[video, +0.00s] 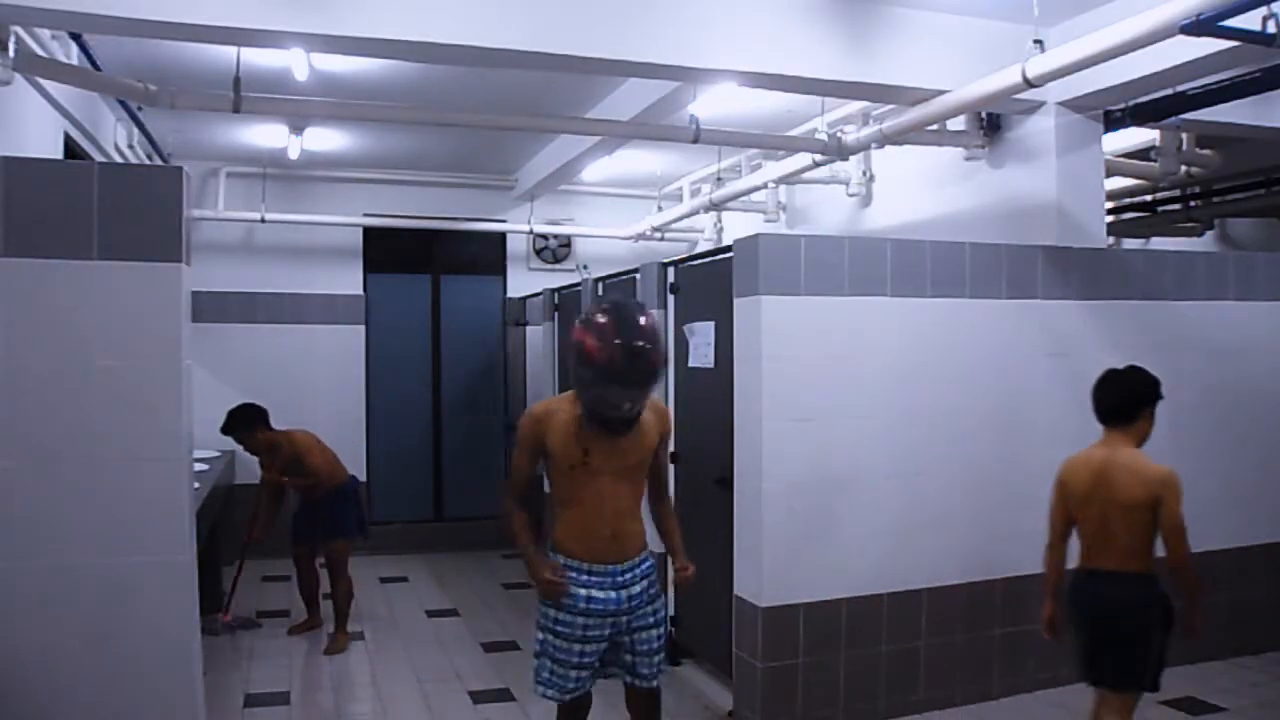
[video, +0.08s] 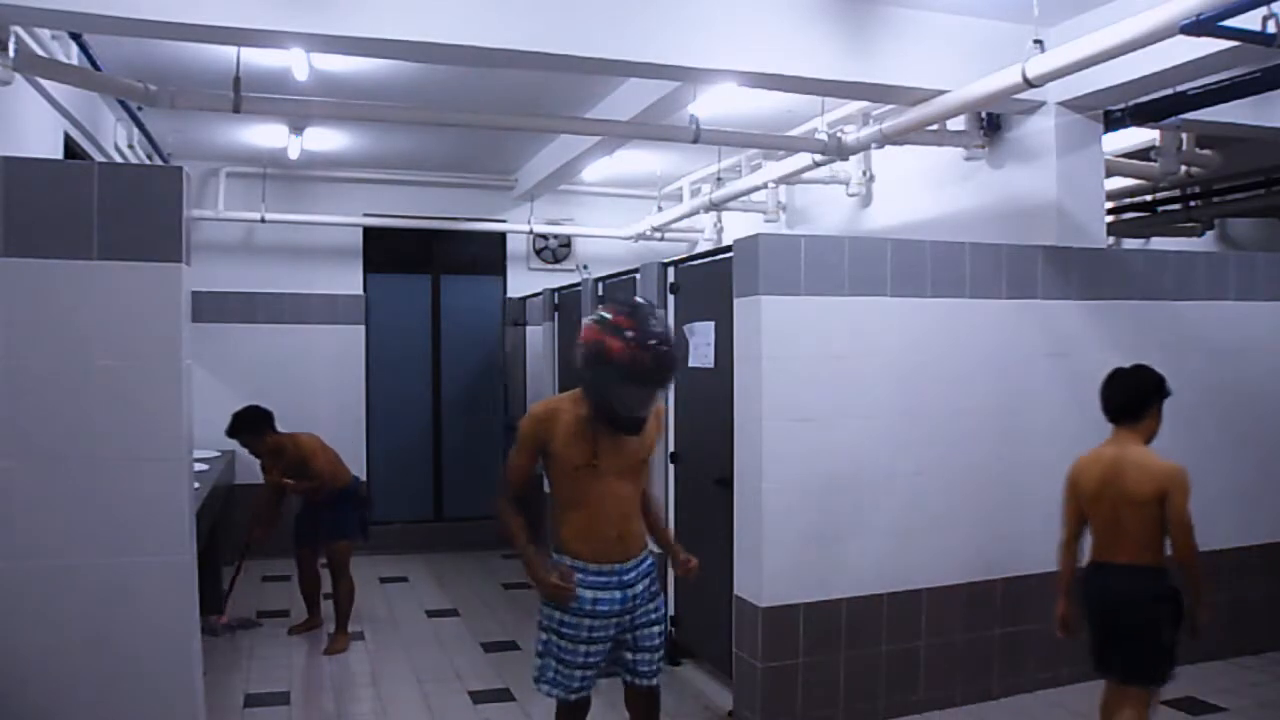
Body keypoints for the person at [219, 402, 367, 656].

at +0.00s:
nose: (243, 449)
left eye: (244, 441)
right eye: (240, 443)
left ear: (259, 431)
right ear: (257, 432)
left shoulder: (299, 443)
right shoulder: (268, 457)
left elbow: (324, 479)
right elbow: (269, 494)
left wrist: (283, 481)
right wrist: (260, 528)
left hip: (339, 497)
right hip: (310, 500)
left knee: (336, 564)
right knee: (303, 558)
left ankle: (341, 631)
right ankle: (313, 616)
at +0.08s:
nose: (248, 452)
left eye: (248, 445)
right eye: (244, 446)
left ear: (264, 436)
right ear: (262, 437)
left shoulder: (305, 446)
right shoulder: (269, 461)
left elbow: (328, 482)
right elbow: (272, 499)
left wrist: (291, 486)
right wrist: (260, 532)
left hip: (343, 499)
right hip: (312, 501)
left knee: (338, 566)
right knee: (305, 560)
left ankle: (341, 632)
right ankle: (314, 617)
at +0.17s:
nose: (253, 453)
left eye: (253, 447)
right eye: (249, 448)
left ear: (267, 439)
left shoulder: (311, 447)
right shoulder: (271, 464)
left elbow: (340, 483)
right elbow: (273, 502)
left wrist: (298, 489)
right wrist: (261, 536)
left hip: (345, 500)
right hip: (314, 502)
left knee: (340, 568)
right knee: (308, 561)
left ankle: (342, 632)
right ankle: (314, 616)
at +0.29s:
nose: (262, 455)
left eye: (264, 448)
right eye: (260, 450)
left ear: (279, 442)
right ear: (272, 446)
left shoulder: (323, 449)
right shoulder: (275, 470)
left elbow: (350, 486)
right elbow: (274, 513)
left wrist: (307, 491)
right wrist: (258, 549)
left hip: (349, 504)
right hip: (317, 505)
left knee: (342, 568)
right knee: (307, 560)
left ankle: (342, 632)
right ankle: (313, 615)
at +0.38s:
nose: (271, 454)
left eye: (273, 448)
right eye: (268, 449)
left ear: (290, 441)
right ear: (273, 447)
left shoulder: (332, 449)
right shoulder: (278, 469)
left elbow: (356, 486)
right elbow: (274, 511)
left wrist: (318, 492)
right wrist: (259, 552)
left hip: (349, 505)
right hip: (316, 506)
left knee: (343, 567)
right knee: (304, 560)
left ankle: (343, 632)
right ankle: (311, 611)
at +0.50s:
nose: (282, 452)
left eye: (285, 446)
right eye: (280, 447)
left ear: (303, 441)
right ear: (283, 444)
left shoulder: (340, 448)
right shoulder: (283, 468)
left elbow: (362, 484)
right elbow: (276, 513)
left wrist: (326, 490)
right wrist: (265, 553)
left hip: (350, 506)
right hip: (316, 507)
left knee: (344, 568)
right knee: (301, 566)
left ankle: (343, 632)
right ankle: (307, 608)